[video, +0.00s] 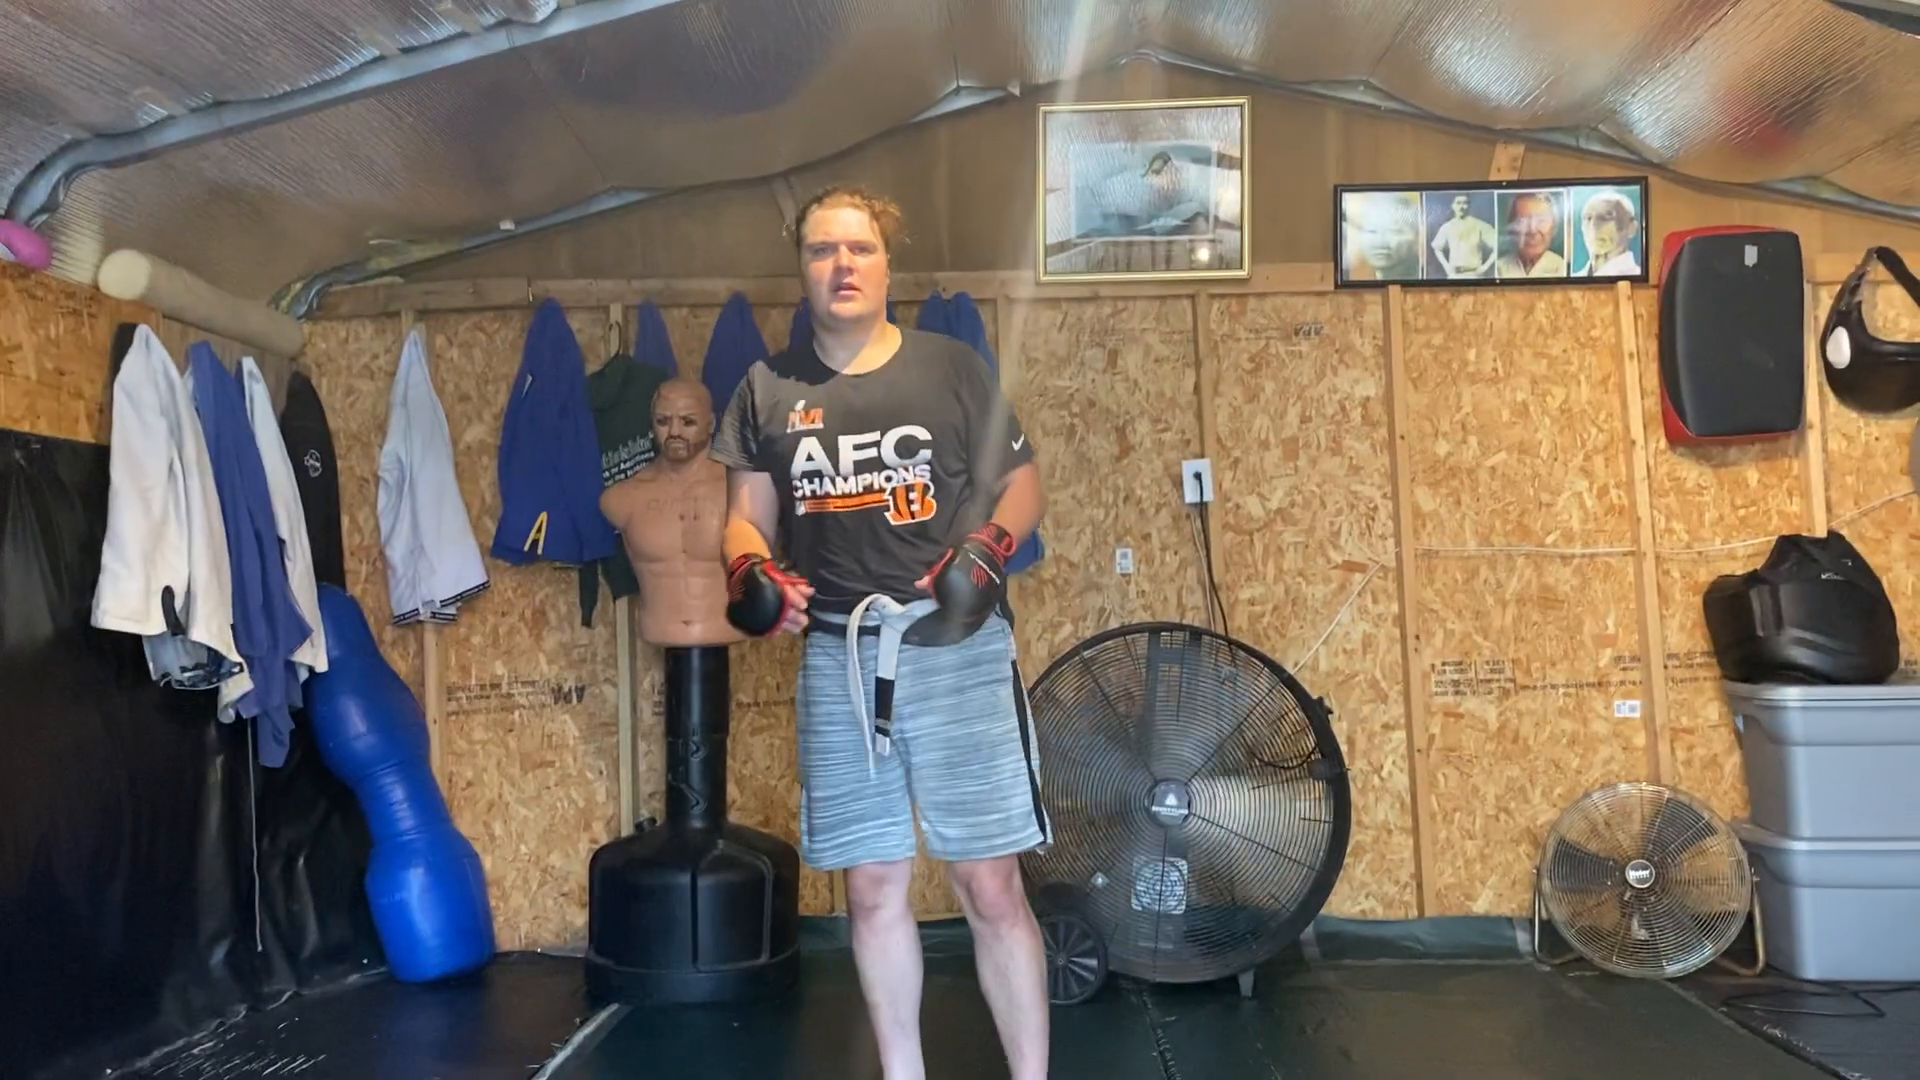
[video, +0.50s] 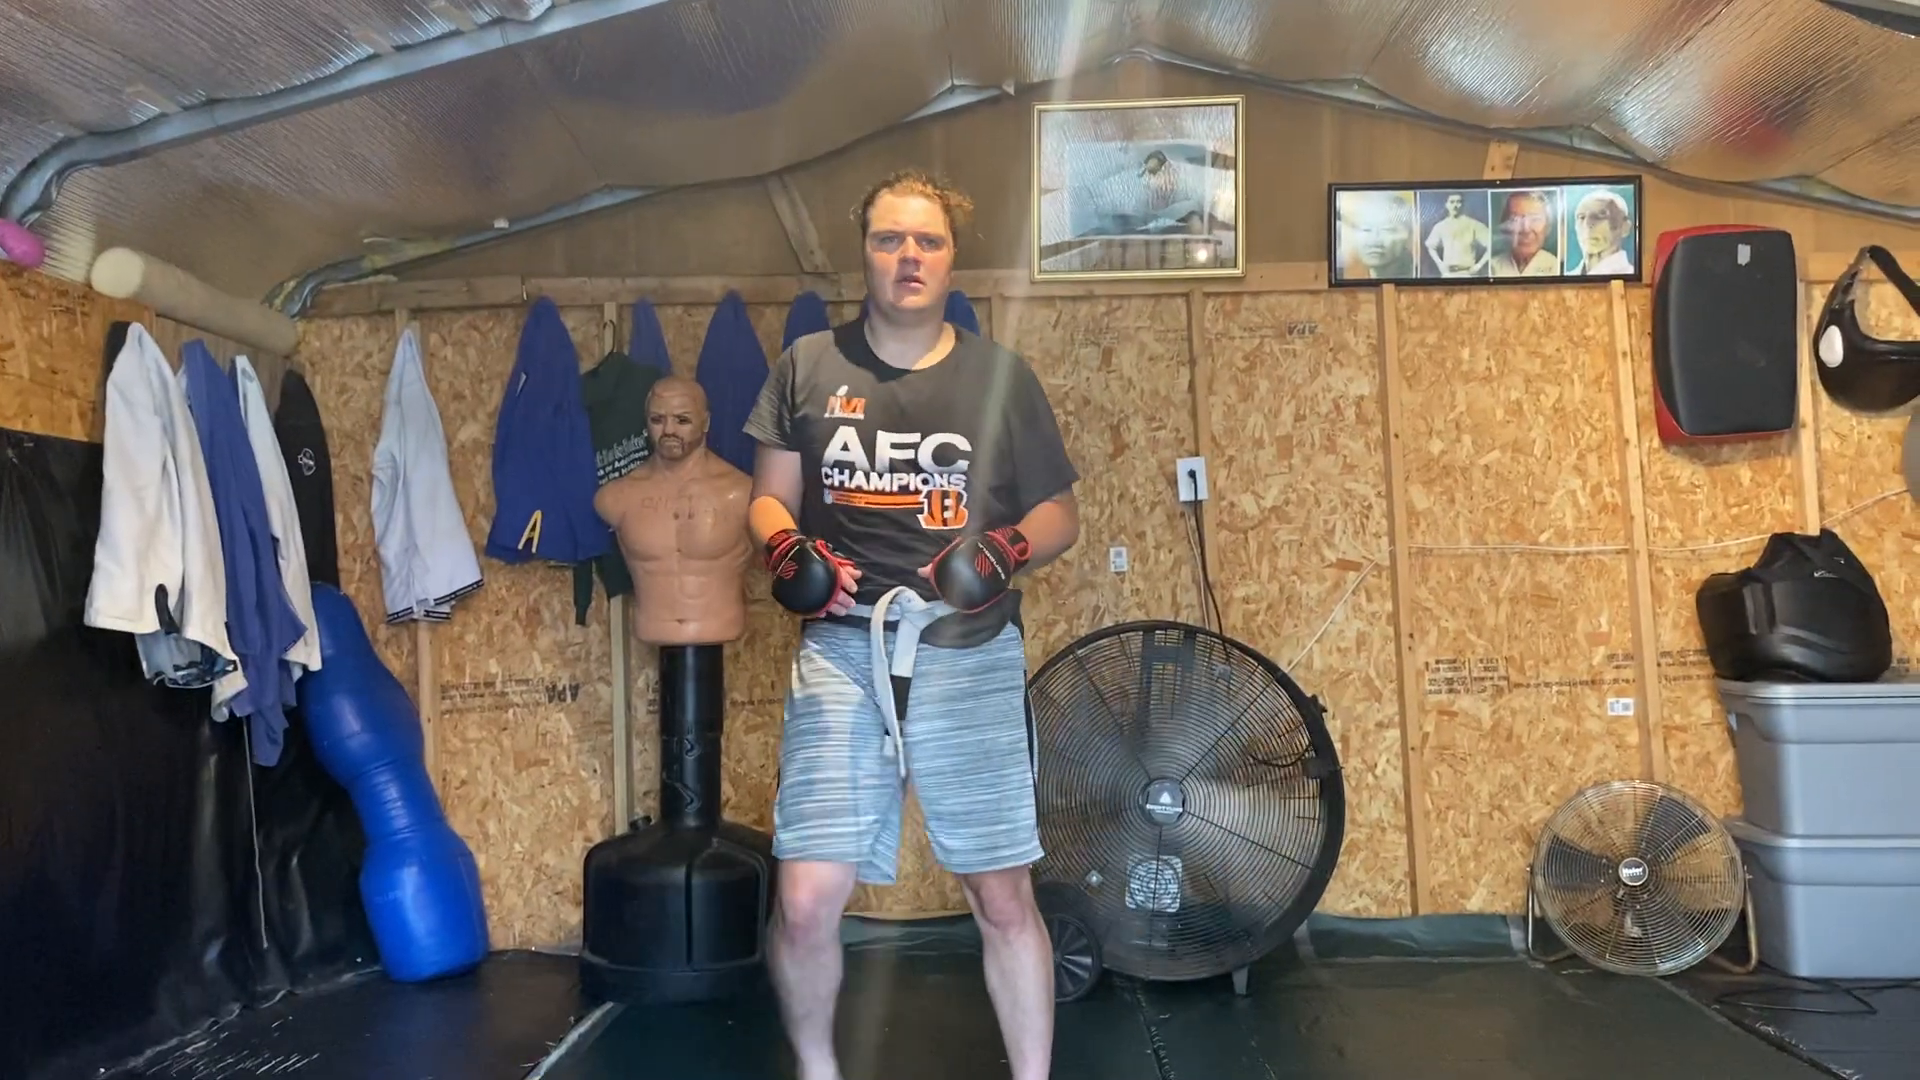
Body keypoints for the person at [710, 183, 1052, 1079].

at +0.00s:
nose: (842, 264)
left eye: (859, 249)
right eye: (824, 250)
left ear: (889, 266)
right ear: (802, 270)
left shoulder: (953, 367)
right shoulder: (769, 389)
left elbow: (1021, 483)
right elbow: (748, 520)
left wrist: (984, 559)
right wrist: (754, 575)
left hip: (957, 649)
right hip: (837, 658)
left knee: (992, 884)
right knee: (874, 885)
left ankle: (1031, 1074)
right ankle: (903, 1075)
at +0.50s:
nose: (908, 256)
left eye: (928, 241)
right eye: (890, 240)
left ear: (954, 262)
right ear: (864, 259)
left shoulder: (1002, 377)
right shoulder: (806, 368)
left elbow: (1058, 513)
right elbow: (772, 496)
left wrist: (1005, 550)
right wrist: (788, 550)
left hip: (969, 660)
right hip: (840, 655)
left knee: (1003, 897)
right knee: (805, 902)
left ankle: (1032, 1074)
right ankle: (817, 1071)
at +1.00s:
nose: (776, 239)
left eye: (793, 222)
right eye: (755, 223)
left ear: (821, 239)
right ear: (725, 241)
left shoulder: (886, 355)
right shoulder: (676, 369)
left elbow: (946, 484)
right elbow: (635, 511)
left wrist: (917, 550)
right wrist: (671, 570)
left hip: (886, 653)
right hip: (750, 658)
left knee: (952, 899)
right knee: (766, 922)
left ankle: (1006, 1074)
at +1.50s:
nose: (748, 227)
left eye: (765, 210)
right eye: (725, 213)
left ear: (795, 227)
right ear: (698, 235)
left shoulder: (866, 344)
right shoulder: (654, 365)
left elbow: (922, 472)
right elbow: (619, 517)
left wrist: (906, 541)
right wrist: (667, 572)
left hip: (867, 650)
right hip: (733, 658)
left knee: (903, 908)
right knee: (746, 922)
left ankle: (938, 1077)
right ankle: (751, 1079)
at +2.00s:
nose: (831, 225)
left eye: (849, 209)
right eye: (809, 210)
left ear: (876, 232)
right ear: (782, 233)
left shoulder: (933, 358)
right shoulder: (728, 349)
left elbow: (980, 491)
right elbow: (676, 495)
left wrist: (959, 546)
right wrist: (725, 551)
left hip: (915, 653)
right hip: (780, 654)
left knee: (929, 912)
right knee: (778, 927)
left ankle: (948, 1077)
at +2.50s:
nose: (888, 230)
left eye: (907, 214)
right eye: (869, 212)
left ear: (936, 234)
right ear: (840, 230)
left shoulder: (984, 363)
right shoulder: (778, 344)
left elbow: (1024, 498)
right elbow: (721, 484)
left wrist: (1011, 556)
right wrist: (762, 554)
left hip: (943, 656)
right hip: (807, 648)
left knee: (945, 913)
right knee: (786, 915)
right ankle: (751, 1076)